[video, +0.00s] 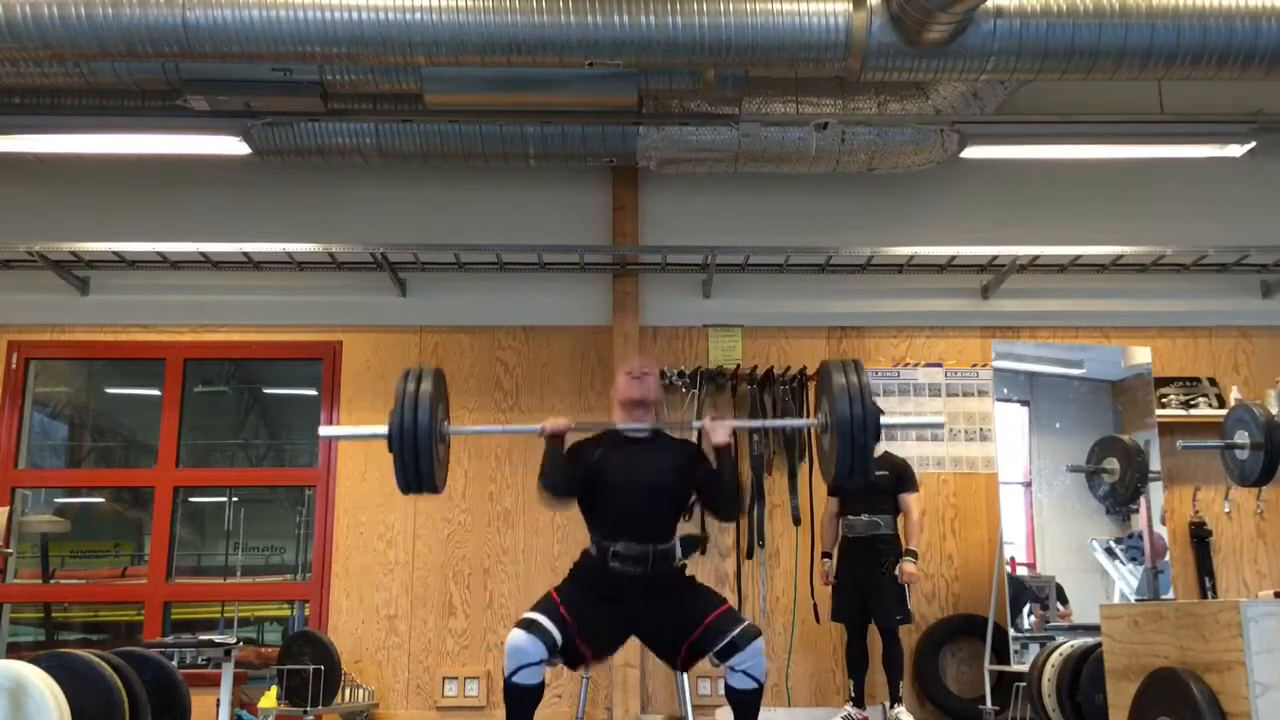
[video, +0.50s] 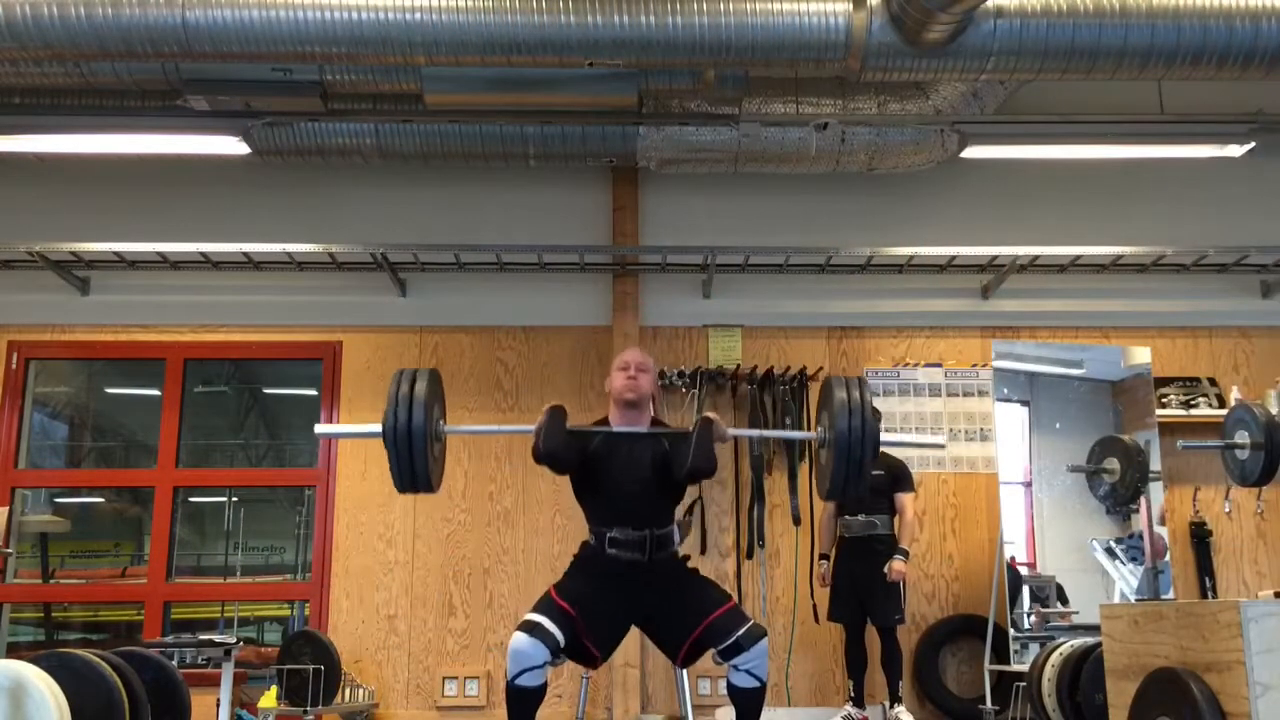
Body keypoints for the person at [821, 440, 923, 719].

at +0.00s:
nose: (857, 432)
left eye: (862, 425)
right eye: (853, 426)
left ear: (873, 428)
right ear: (847, 430)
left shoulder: (897, 468)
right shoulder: (843, 468)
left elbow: (912, 513)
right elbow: (831, 515)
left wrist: (910, 556)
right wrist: (826, 556)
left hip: (885, 562)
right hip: (850, 561)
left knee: (889, 633)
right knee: (854, 634)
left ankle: (896, 705)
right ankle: (856, 705)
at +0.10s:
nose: (863, 429)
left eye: (869, 422)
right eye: (858, 423)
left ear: (877, 426)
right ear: (849, 427)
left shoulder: (895, 467)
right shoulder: (843, 467)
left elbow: (910, 515)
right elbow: (830, 515)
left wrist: (905, 555)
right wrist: (824, 557)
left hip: (885, 558)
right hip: (851, 558)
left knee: (888, 632)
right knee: (854, 633)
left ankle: (896, 704)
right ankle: (856, 705)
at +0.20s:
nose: (861, 430)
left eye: (867, 424)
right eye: (856, 424)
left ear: (876, 426)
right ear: (848, 428)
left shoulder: (895, 467)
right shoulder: (842, 466)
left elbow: (909, 515)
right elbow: (830, 514)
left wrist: (900, 555)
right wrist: (823, 556)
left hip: (883, 558)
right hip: (850, 557)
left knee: (887, 632)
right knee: (854, 632)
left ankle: (896, 704)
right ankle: (856, 705)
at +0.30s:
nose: (865, 430)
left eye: (870, 424)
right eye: (859, 423)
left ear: (878, 427)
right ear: (849, 427)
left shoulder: (895, 469)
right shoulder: (841, 468)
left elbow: (908, 516)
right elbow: (829, 515)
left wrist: (898, 555)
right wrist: (823, 555)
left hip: (882, 557)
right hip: (850, 557)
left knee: (887, 632)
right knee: (854, 632)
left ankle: (896, 704)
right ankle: (856, 705)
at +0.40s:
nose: (862, 431)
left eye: (867, 424)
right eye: (856, 425)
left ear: (876, 427)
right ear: (847, 429)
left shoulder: (893, 467)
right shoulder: (841, 467)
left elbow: (908, 515)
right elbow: (829, 514)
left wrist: (899, 555)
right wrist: (824, 556)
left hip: (882, 557)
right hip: (849, 557)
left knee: (887, 632)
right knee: (853, 632)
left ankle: (895, 704)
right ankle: (857, 705)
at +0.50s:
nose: (862, 430)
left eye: (867, 423)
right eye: (856, 424)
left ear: (876, 426)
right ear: (847, 428)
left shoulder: (894, 468)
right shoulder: (841, 467)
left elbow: (907, 515)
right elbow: (829, 514)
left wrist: (901, 555)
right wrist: (824, 557)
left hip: (882, 558)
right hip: (848, 557)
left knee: (886, 632)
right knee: (853, 632)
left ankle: (896, 704)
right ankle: (856, 705)